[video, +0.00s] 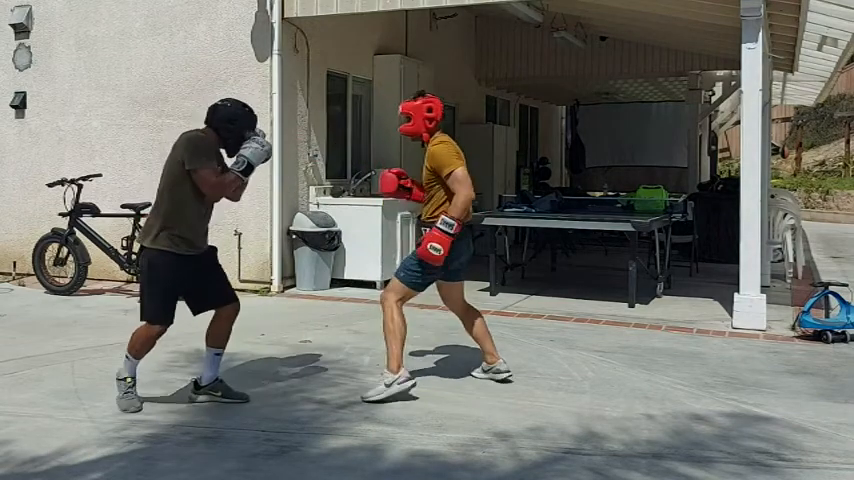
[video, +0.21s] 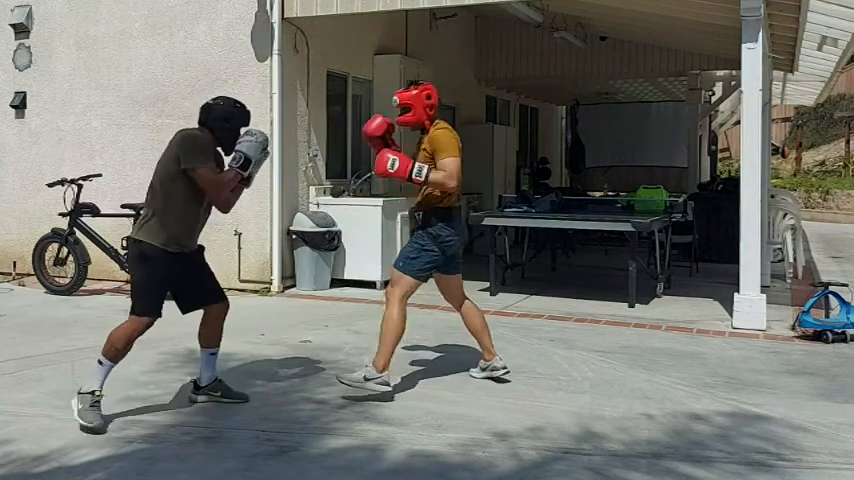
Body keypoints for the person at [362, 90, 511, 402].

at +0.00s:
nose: (405, 123)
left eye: (409, 118)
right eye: (405, 118)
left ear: (425, 119)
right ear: (427, 119)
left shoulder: (440, 147)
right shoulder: (438, 146)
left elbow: (465, 194)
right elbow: (445, 197)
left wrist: (443, 233)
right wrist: (412, 191)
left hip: (441, 236)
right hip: (457, 236)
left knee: (391, 297)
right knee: (456, 301)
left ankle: (396, 373)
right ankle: (494, 362)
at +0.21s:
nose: (403, 114)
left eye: (407, 108)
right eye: (402, 109)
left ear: (425, 107)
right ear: (423, 109)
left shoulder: (441, 133)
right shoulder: (430, 135)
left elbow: (450, 180)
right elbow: (415, 172)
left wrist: (408, 168)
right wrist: (388, 147)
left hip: (435, 229)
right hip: (443, 227)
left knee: (396, 293)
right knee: (458, 298)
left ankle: (379, 371)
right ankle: (492, 359)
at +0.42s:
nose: (379, 129)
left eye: (381, 123)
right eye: (378, 124)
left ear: (396, 123)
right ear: (396, 125)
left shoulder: (419, 147)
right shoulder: (399, 151)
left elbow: (389, 186)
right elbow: (366, 179)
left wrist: (379, 144)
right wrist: (353, 144)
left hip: (420, 243)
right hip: (425, 243)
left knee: (376, 305)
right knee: (438, 308)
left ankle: (367, 385)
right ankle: (486, 357)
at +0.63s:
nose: (355, 133)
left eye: (356, 127)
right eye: (354, 127)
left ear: (368, 126)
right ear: (375, 125)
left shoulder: (396, 144)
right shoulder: (379, 150)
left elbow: (363, 181)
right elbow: (346, 182)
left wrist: (352, 143)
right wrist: (333, 150)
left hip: (412, 242)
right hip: (421, 240)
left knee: (370, 305)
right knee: (417, 300)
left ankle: (366, 385)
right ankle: (468, 351)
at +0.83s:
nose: (360, 141)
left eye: (360, 136)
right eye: (359, 137)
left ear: (371, 135)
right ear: (379, 132)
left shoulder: (397, 152)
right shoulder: (382, 156)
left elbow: (369, 193)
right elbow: (350, 191)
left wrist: (356, 154)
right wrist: (338, 159)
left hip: (407, 250)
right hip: (420, 247)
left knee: (353, 306)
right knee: (411, 305)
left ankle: (365, 384)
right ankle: (459, 359)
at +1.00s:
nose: (368, 154)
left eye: (369, 148)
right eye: (366, 149)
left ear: (383, 147)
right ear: (387, 147)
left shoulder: (405, 169)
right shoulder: (392, 173)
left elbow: (383, 210)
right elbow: (365, 209)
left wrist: (367, 172)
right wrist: (349, 178)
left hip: (404, 265)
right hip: (413, 263)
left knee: (342, 310)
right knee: (409, 316)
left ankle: (365, 386)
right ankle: (463, 363)